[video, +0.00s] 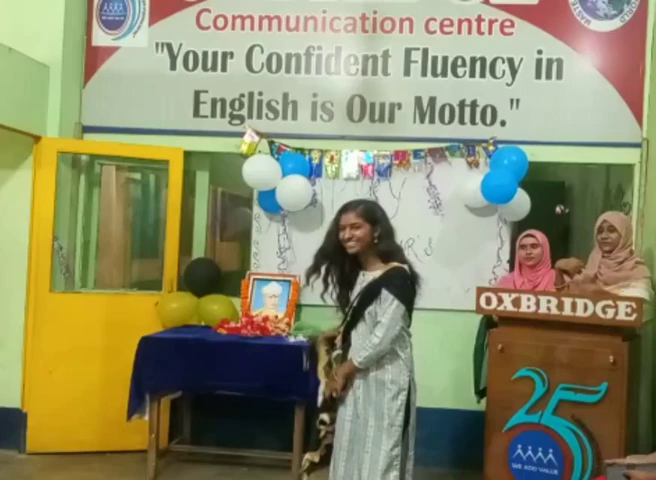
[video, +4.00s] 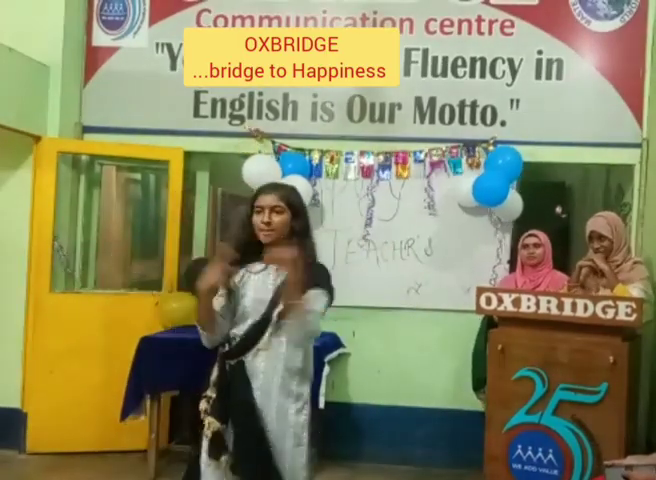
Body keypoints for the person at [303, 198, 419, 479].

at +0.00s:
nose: (347, 235)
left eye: (356, 227)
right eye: (343, 229)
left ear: (376, 231)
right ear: (338, 234)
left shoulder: (397, 276)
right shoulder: (360, 275)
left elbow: (385, 338)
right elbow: (358, 325)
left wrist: (345, 369)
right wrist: (340, 338)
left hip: (385, 378)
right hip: (360, 376)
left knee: (378, 459)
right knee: (351, 455)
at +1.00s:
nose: (352, 228)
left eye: (362, 222)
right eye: (348, 221)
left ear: (381, 231)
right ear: (342, 226)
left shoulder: (395, 273)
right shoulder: (347, 272)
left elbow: (373, 321)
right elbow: (314, 319)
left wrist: (367, 265)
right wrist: (302, 296)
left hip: (373, 383)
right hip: (340, 379)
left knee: (367, 461)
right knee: (331, 457)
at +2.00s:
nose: (219, 217)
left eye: (228, 209)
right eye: (213, 213)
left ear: (250, 215)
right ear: (209, 223)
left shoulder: (282, 269)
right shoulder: (205, 272)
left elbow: (342, 293)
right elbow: (144, 296)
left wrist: (401, 286)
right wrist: (103, 259)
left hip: (259, 389)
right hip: (209, 385)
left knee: (246, 467)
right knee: (199, 464)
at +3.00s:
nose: (174, 215)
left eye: (187, 211)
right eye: (176, 207)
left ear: (207, 224)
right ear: (172, 207)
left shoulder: (192, 257)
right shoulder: (183, 261)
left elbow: (127, 267)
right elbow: (136, 299)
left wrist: (81, 259)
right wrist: (88, 268)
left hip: (203, 375)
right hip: (184, 374)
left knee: (199, 465)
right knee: (179, 461)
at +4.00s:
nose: (266, 219)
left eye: (276, 211)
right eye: (259, 211)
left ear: (295, 220)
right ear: (251, 218)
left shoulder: (312, 274)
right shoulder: (238, 272)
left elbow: (301, 334)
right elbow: (212, 338)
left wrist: (295, 274)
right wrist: (205, 294)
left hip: (281, 396)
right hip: (231, 391)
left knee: (275, 470)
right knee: (219, 468)